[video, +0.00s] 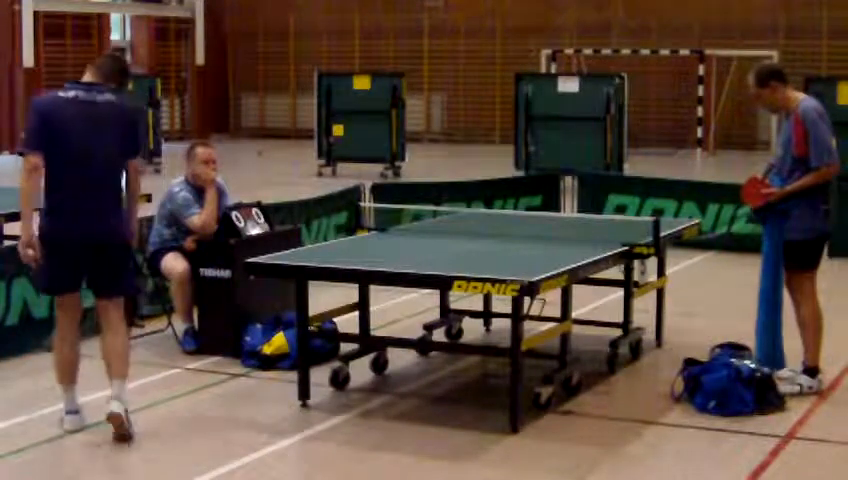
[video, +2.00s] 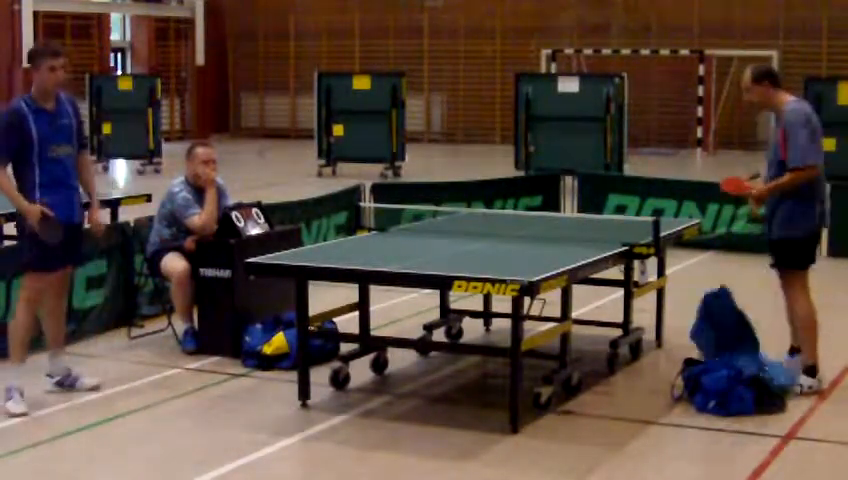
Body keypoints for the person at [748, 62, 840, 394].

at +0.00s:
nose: (761, 104)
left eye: (761, 97)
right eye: (758, 98)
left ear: (775, 88)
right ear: (775, 88)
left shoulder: (809, 111)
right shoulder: (790, 115)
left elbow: (829, 166)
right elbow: (783, 161)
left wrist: (781, 191)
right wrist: (765, 179)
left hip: (806, 220)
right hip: (791, 218)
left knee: (803, 290)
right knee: (797, 289)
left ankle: (811, 370)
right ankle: (808, 366)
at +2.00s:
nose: (746, 98)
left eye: (748, 91)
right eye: (745, 91)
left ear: (765, 86)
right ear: (766, 85)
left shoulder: (796, 115)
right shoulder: (783, 116)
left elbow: (806, 169)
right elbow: (785, 168)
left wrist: (765, 190)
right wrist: (758, 183)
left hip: (798, 220)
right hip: (785, 217)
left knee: (797, 289)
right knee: (790, 287)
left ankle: (811, 371)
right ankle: (796, 355)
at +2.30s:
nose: (746, 92)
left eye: (749, 85)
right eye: (746, 85)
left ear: (765, 83)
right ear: (771, 81)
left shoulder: (776, 114)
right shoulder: (806, 110)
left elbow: (767, 167)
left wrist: (743, 178)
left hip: (781, 212)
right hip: (806, 210)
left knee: (762, 274)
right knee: (788, 277)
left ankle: (794, 341)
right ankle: (793, 348)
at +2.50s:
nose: (747, 90)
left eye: (749, 83)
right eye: (747, 84)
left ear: (760, 81)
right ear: (776, 80)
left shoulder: (762, 112)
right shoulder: (806, 110)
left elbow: (753, 164)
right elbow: (814, 159)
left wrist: (736, 167)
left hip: (766, 210)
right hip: (800, 209)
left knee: (742, 267)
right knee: (788, 275)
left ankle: (763, 340)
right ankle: (790, 353)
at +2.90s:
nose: (723, 91)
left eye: (722, 87)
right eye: (724, 86)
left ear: (727, 84)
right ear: (750, 80)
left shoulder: (726, 112)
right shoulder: (776, 108)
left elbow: (712, 162)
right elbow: (797, 154)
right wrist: (769, 161)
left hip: (738, 203)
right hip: (772, 202)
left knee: (735, 269)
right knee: (765, 265)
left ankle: (735, 335)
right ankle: (782, 315)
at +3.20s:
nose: (708, 88)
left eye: (708, 84)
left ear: (712, 84)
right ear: (735, 81)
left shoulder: (705, 113)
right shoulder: (759, 108)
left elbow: (687, 156)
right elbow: (782, 145)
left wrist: (710, 144)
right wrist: (771, 171)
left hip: (722, 197)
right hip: (754, 195)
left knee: (729, 259)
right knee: (745, 256)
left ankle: (736, 325)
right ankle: (740, 317)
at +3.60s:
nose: (696, 86)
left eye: (695, 81)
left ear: (698, 81)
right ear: (720, 77)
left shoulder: (693, 106)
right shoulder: (743, 105)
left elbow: (681, 146)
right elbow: (761, 147)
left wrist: (704, 144)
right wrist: (744, 163)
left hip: (699, 192)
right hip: (731, 193)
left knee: (689, 247)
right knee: (724, 251)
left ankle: (699, 303)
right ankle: (725, 315)